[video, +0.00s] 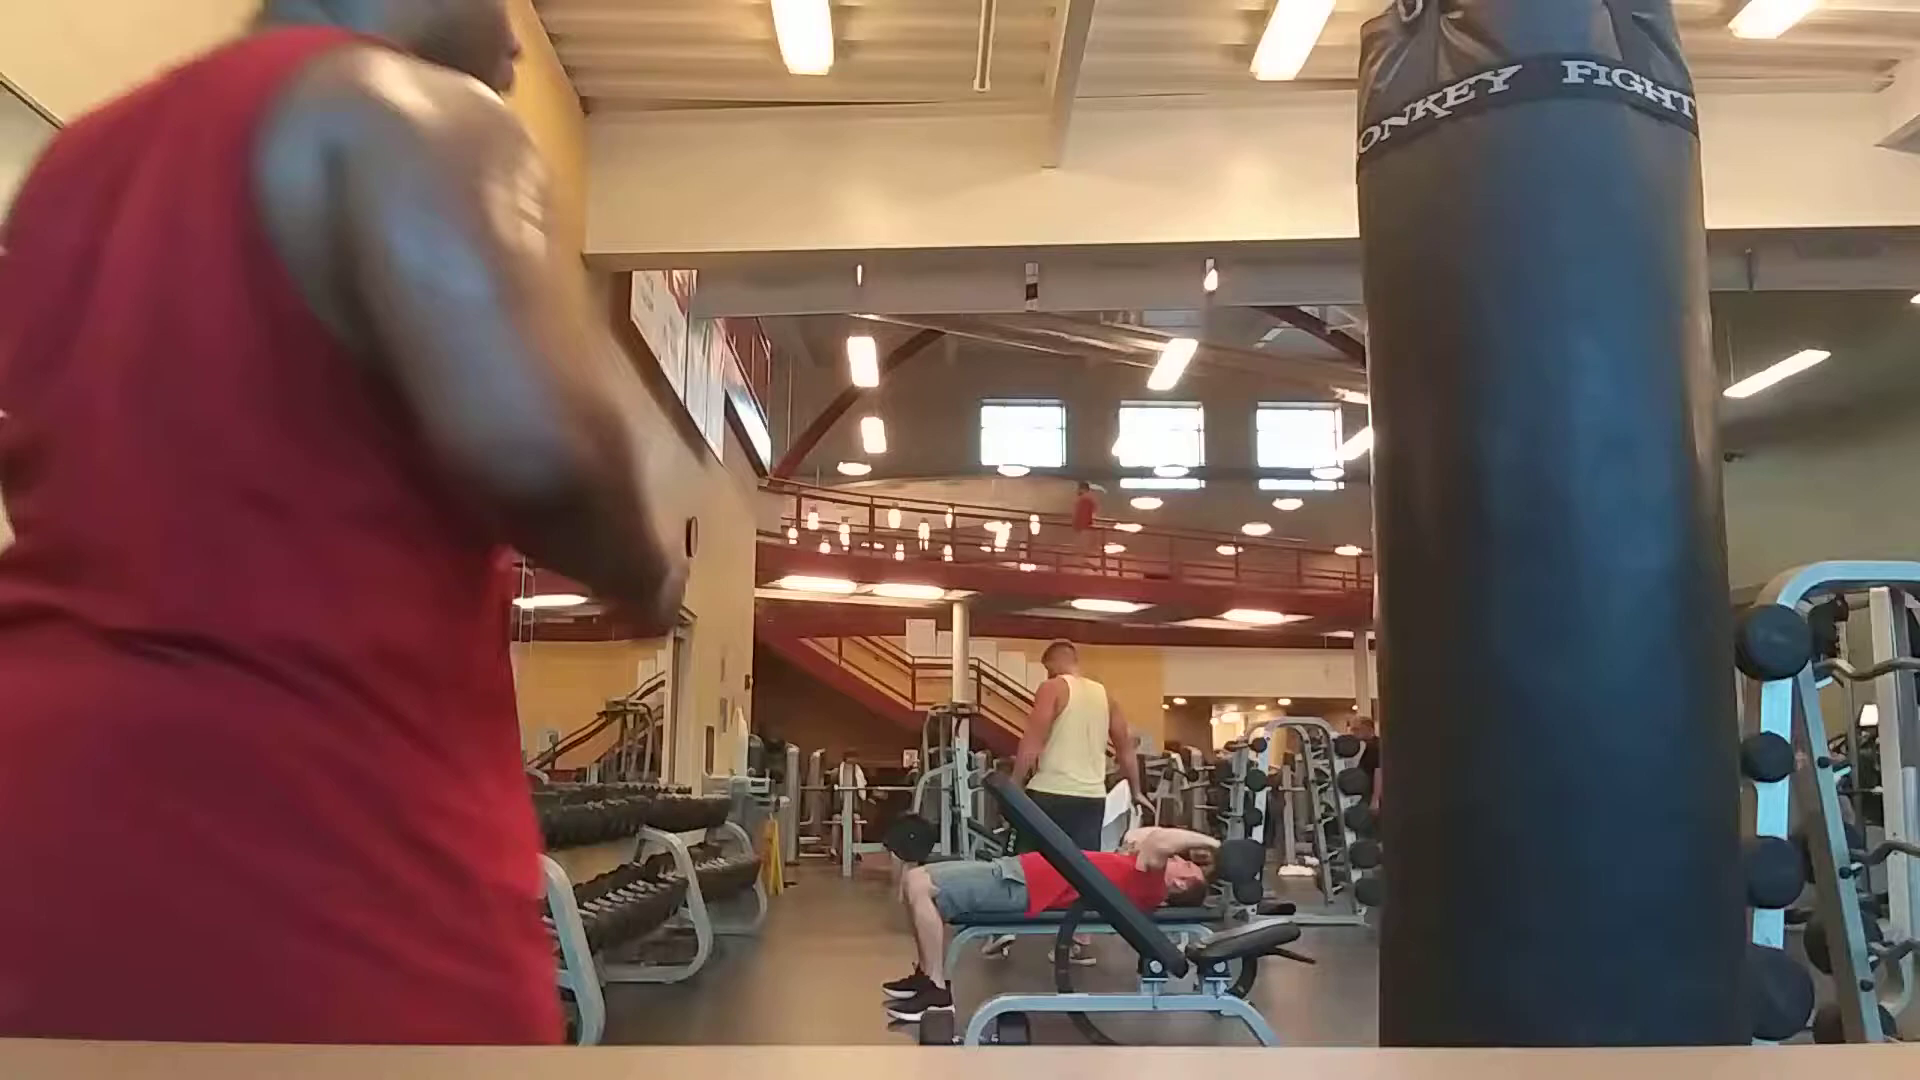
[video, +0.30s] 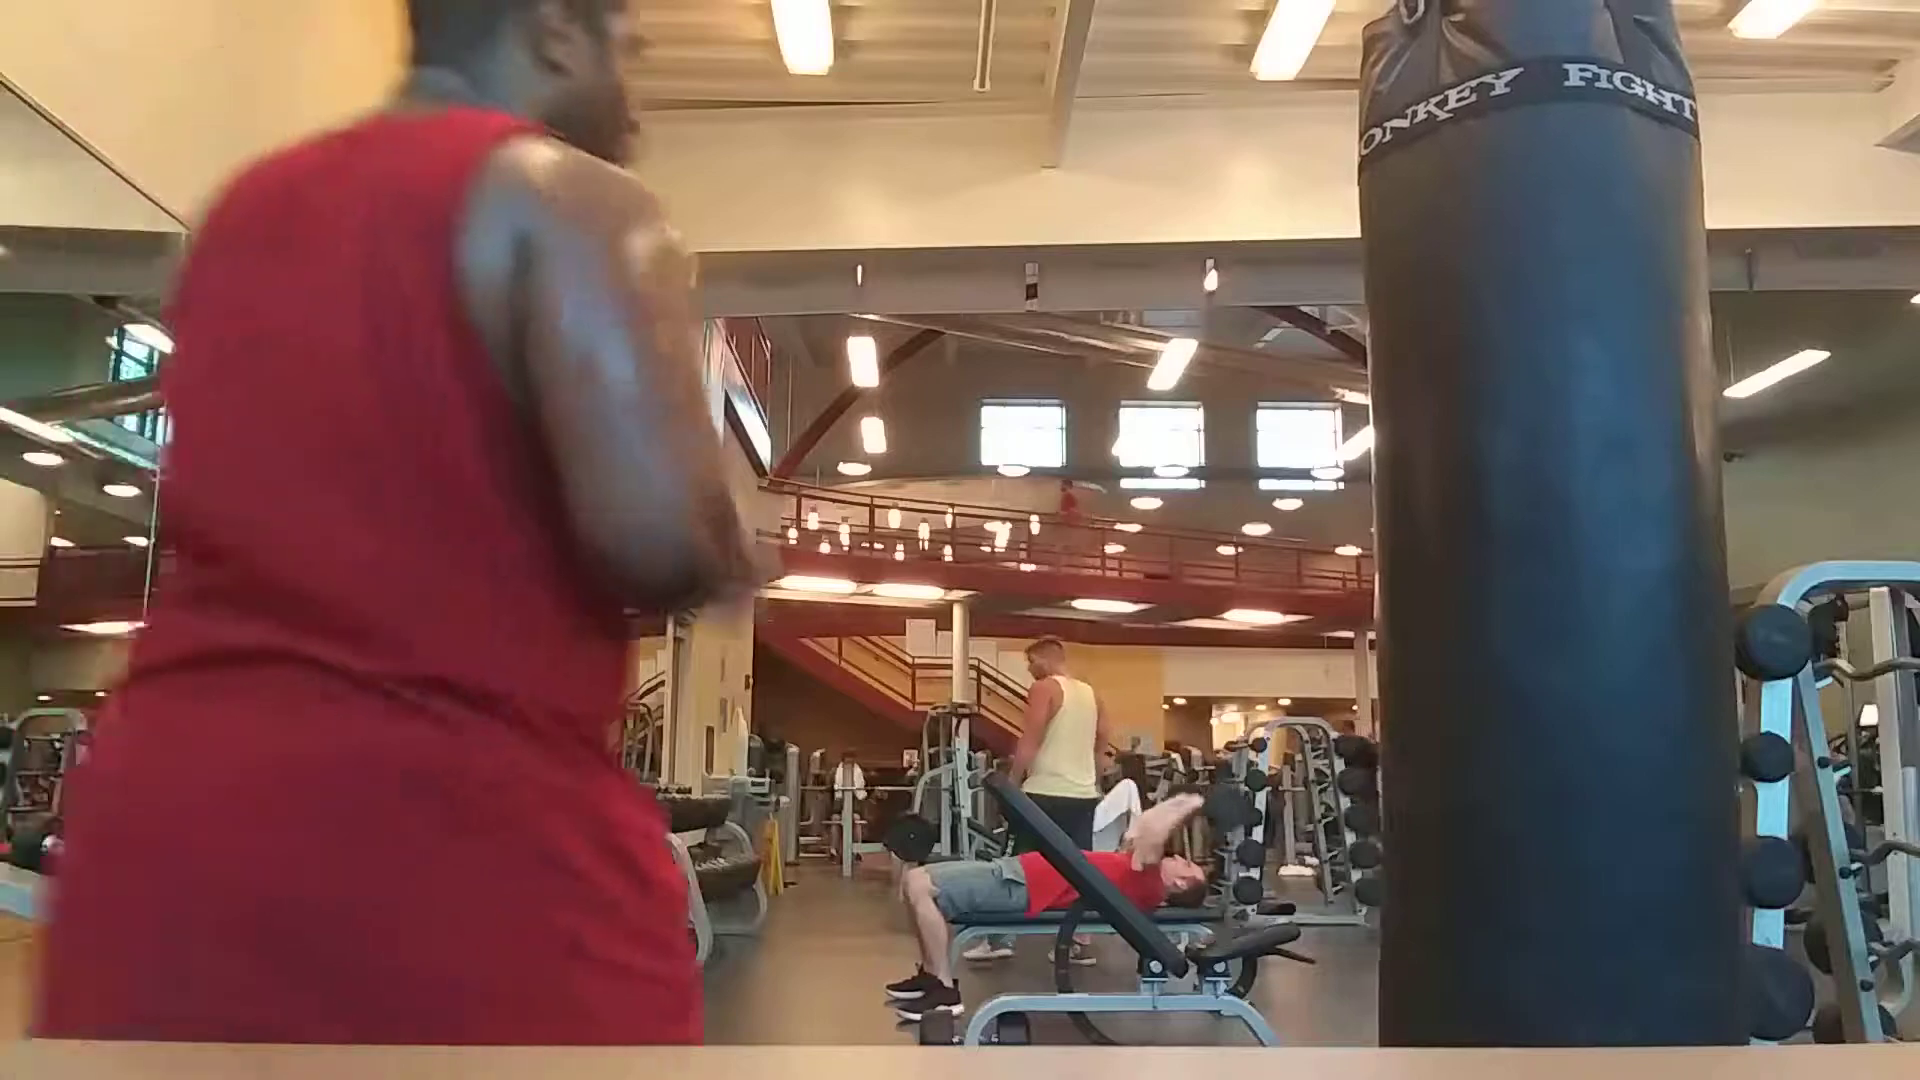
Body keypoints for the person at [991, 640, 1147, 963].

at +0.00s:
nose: (1048, 674)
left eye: (1047, 669)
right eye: (1047, 670)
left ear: (1051, 665)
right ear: (1076, 660)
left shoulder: (1052, 688)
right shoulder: (1104, 695)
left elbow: (1031, 744)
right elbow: (1125, 748)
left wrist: (1011, 790)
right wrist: (1136, 793)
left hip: (1047, 797)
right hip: (1090, 801)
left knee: (1023, 864)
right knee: (1083, 872)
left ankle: (1006, 930)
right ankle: (1076, 940)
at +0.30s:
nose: (1031, 671)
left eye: (1032, 664)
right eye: (1030, 665)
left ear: (1045, 658)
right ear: (1061, 656)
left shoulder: (1045, 688)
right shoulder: (1089, 692)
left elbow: (1029, 743)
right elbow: (1103, 741)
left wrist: (1010, 786)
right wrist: (1088, 775)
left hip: (1043, 797)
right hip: (1082, 799)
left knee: (1020, 868)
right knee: (1077, 870)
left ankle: (1001, 939)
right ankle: (1076, 939)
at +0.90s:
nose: (971, 661)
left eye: (975, 655)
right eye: (971, 655)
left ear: (993, 654)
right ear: (990, 655)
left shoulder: (1007, 688)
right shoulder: (993, 691)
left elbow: (1002, 740)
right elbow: (991, 742)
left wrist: (985, 785)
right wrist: (979, 784)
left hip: (1006, 794)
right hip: (996, 794)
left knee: (1007, 865)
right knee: (998, 865)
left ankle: (1010, 944)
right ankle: (1006, 941)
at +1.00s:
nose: (963, 662)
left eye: (967, 655)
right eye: (963, 656)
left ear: (986, 654)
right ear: (977, 655)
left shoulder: (1002, 690)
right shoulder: (985, 693)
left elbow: (997, 744)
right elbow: (984, 744)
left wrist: (979, 789)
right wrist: (972, 789)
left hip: (998, 798)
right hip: (986, 798)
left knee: (1004, 870)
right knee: (993, 870)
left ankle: (1010, 945)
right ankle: (1005, 942)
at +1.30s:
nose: (929, 663)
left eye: (934, 656)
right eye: (929, 657)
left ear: (954, 656)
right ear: (945, 658)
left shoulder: (974, 693)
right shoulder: (949, 696)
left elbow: (981, 747)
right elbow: (947, 753)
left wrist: (966, 799)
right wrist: (931, 797)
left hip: (963, 806)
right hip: (942, 804)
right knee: (919, 874)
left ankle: (1002, 945)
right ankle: (913, 943)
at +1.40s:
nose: (916, 687)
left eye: (923, 677)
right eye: (913, 681)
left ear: (940, 669)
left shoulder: (959, 700)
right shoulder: (925, 705)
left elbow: (968, 753)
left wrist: (959, 802)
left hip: (950, 807)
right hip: (924, 805)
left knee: (965, 878)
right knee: (915, 876)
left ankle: (996, 944)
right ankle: (907, 943)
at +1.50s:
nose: (903, 661)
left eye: (907, 655)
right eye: (902, 656)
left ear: (925, 655)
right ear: (914, 658)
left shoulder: (948, 690)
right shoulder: (920, 694)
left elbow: (959, 743)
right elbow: (922, 747)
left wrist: (949, 796)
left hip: (932, 802)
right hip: (910, 800)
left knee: (929, 879)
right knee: (908, 877)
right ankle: (907, 942)